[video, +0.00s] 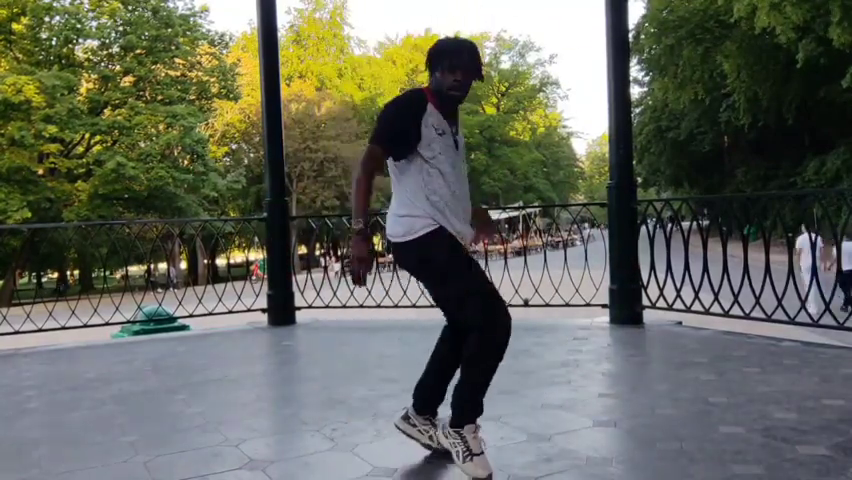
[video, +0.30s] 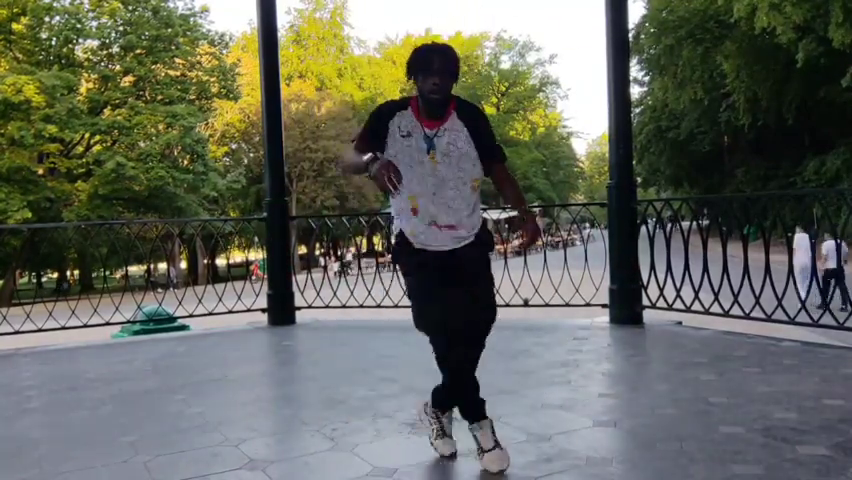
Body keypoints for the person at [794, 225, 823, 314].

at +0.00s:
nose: (802, 229)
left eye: (802, 227)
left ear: (803, 228)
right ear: (812, 227)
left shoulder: (800, 239)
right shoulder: (818, 238)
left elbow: (798, 252)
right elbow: (821, 251)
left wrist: (798, 263)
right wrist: (822, 262)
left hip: (805, 263)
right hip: (816, 263)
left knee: (808, 285)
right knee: (815, 284)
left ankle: (812, 307)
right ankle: (815, 304)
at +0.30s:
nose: (796, 230)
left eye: (796, 229)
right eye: (797, 229)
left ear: (797, 229)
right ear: (804, 229)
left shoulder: (796, 236)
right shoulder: (807, 236)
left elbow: (794, 248)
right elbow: (810, 249)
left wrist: (793, 258)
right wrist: (812, 258)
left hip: (799, 260)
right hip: (807, 259)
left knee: (799, 280)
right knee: (806, 279)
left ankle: (802, 298)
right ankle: (804, 295)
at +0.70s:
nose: (788, 230)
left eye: (787, 229)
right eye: (789, 229)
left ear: (786, 230)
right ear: (793, 229)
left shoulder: (783, 239)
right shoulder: (799, 238)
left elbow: (781, 252)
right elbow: (803, 251)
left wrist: (780, 262)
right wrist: (804, 261)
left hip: (787, 263)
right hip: (798, 262)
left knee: (786, 283)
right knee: (800, 282)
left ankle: (785, 301)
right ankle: (802, 300)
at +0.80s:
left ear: (782, 229)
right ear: (791, 228)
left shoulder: (780, 238)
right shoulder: (796, 237)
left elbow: (778, 250)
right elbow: (799, 250)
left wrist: (777, 261)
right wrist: (801, 260)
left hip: (784, 262)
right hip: (795, 261)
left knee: (784, 282)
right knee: (797, 281)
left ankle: (786, 300)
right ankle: (799, 299)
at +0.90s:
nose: (780, 228)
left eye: (780, 227)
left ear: (781, 227)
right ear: (789, 228)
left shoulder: (779, 237)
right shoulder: (794, 236)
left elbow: (775, 249)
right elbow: (797, 249)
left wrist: (773, 259)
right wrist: (798, 260)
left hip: (782, 260)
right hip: (792, 260)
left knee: (783, 281)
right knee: (792, 279)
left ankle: (785, 300)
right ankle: (796, 294)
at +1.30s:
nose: (774, 229)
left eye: (774, 228)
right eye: (775, 228)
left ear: (774, 229)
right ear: (780, 229)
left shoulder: (772, 237)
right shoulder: (784, 236)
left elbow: (770, 246)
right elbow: (787, 247)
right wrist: (787, 256)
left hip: (774, 258)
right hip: (784, 257)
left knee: (777, 277)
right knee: (784, 277)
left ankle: (780, 293)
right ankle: (785, 294)